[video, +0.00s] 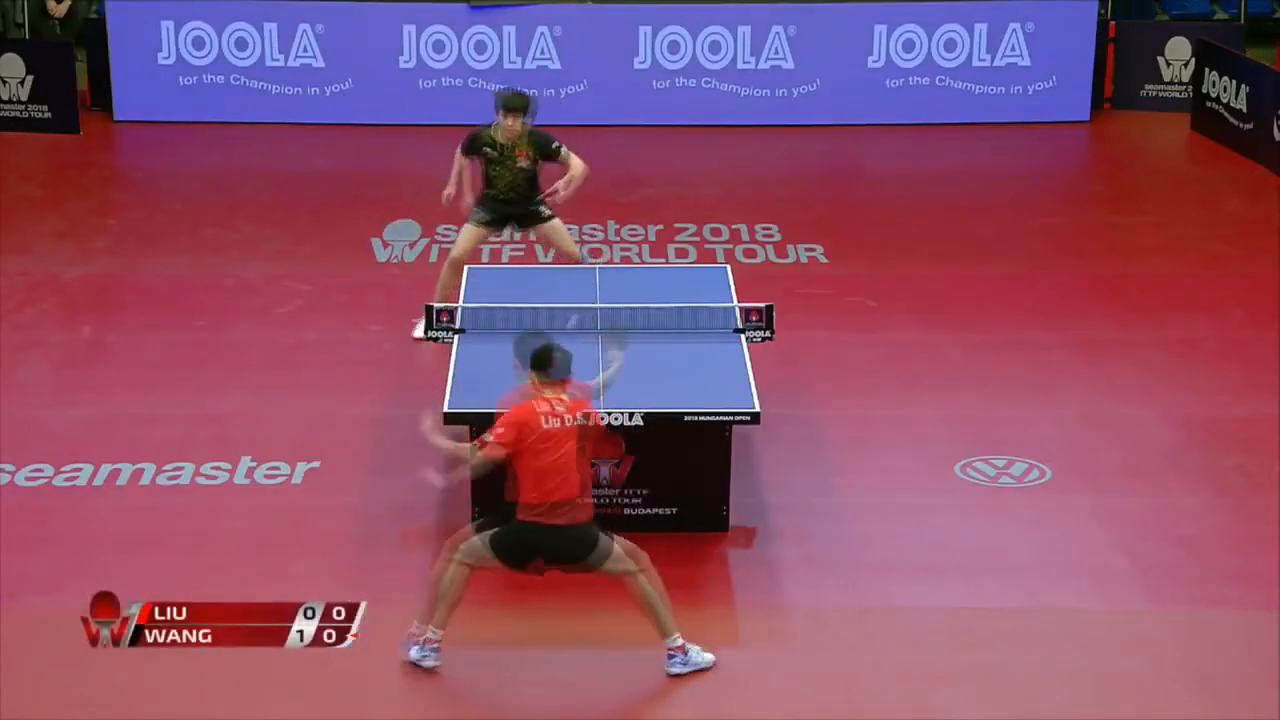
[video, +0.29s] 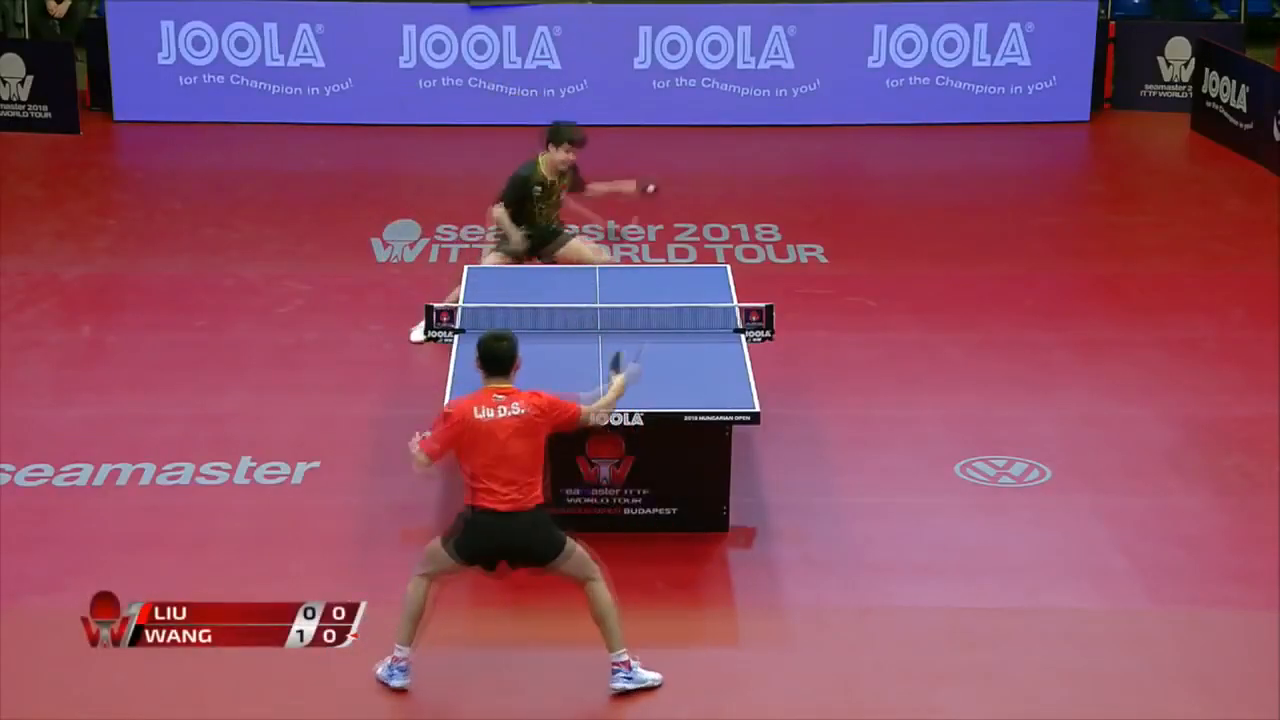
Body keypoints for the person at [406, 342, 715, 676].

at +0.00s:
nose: (529, 376)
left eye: (530, 371)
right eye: (561, 375)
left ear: (532, 375)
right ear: (567, 376)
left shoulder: (522, 415)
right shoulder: (583, 411)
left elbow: (476, 460)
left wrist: (437, 439)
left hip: (530, 532)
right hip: (578, 534)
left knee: (462, 556)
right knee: (635, 566)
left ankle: (429, 644)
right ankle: (678, 649)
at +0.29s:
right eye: (512, 358)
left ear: (478, 364)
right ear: (516, 363)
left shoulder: (461, 410)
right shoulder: (538, 404)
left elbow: (422, 461)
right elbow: (593, 415)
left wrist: (416, 446)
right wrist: (619, 385)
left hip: (479, 527)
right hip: (532, 527)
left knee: (424, 573)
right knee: (592, 576)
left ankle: (398, 664)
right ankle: (623, 667)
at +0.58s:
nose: (537, 404)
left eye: (530, 398)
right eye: (536, 400)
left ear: (496, 400)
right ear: (531, 406)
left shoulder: (467, 435)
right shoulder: (536, 452)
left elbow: (439, 481)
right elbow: (557, 514)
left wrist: (476, 494)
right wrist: (575, 513)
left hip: (451, 555)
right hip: (504, 562)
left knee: (405, 595)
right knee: (572, 588)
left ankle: (350, 666)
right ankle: (605, 680)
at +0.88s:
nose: (448, 398)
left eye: (446, 391)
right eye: (448, 391)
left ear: (409, 396)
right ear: (439, 397)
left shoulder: (388, 437)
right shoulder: (455, 430)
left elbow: (420, 423)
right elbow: (505, 416)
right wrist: (472, 373)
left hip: (422, 553)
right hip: (472, 551)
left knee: (392, 574)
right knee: (556, 578)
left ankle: (349, 644)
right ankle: (553, 668)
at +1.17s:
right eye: (423, 387)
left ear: (388, 397)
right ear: (426, 392)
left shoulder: (378, 454)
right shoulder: (453, 424)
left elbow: (363, 516)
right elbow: (502, 409)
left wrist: (371, 483)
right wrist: (467, 363)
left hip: (415, 561)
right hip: (468, 555)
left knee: (372, 578)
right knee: (531, 586)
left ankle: (344, 664)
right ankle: (560, 676)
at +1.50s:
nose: (476, 423)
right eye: (476, 417)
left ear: (435, 421)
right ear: (472, 424)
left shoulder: (405, 456)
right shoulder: (478, 478)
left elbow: (376, 489)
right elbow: (513, 532)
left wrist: (420, 485)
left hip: (385, 586)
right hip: (438, 592)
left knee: (343, 619)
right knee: (515, 622)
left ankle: (291, 690)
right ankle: (533, 713)